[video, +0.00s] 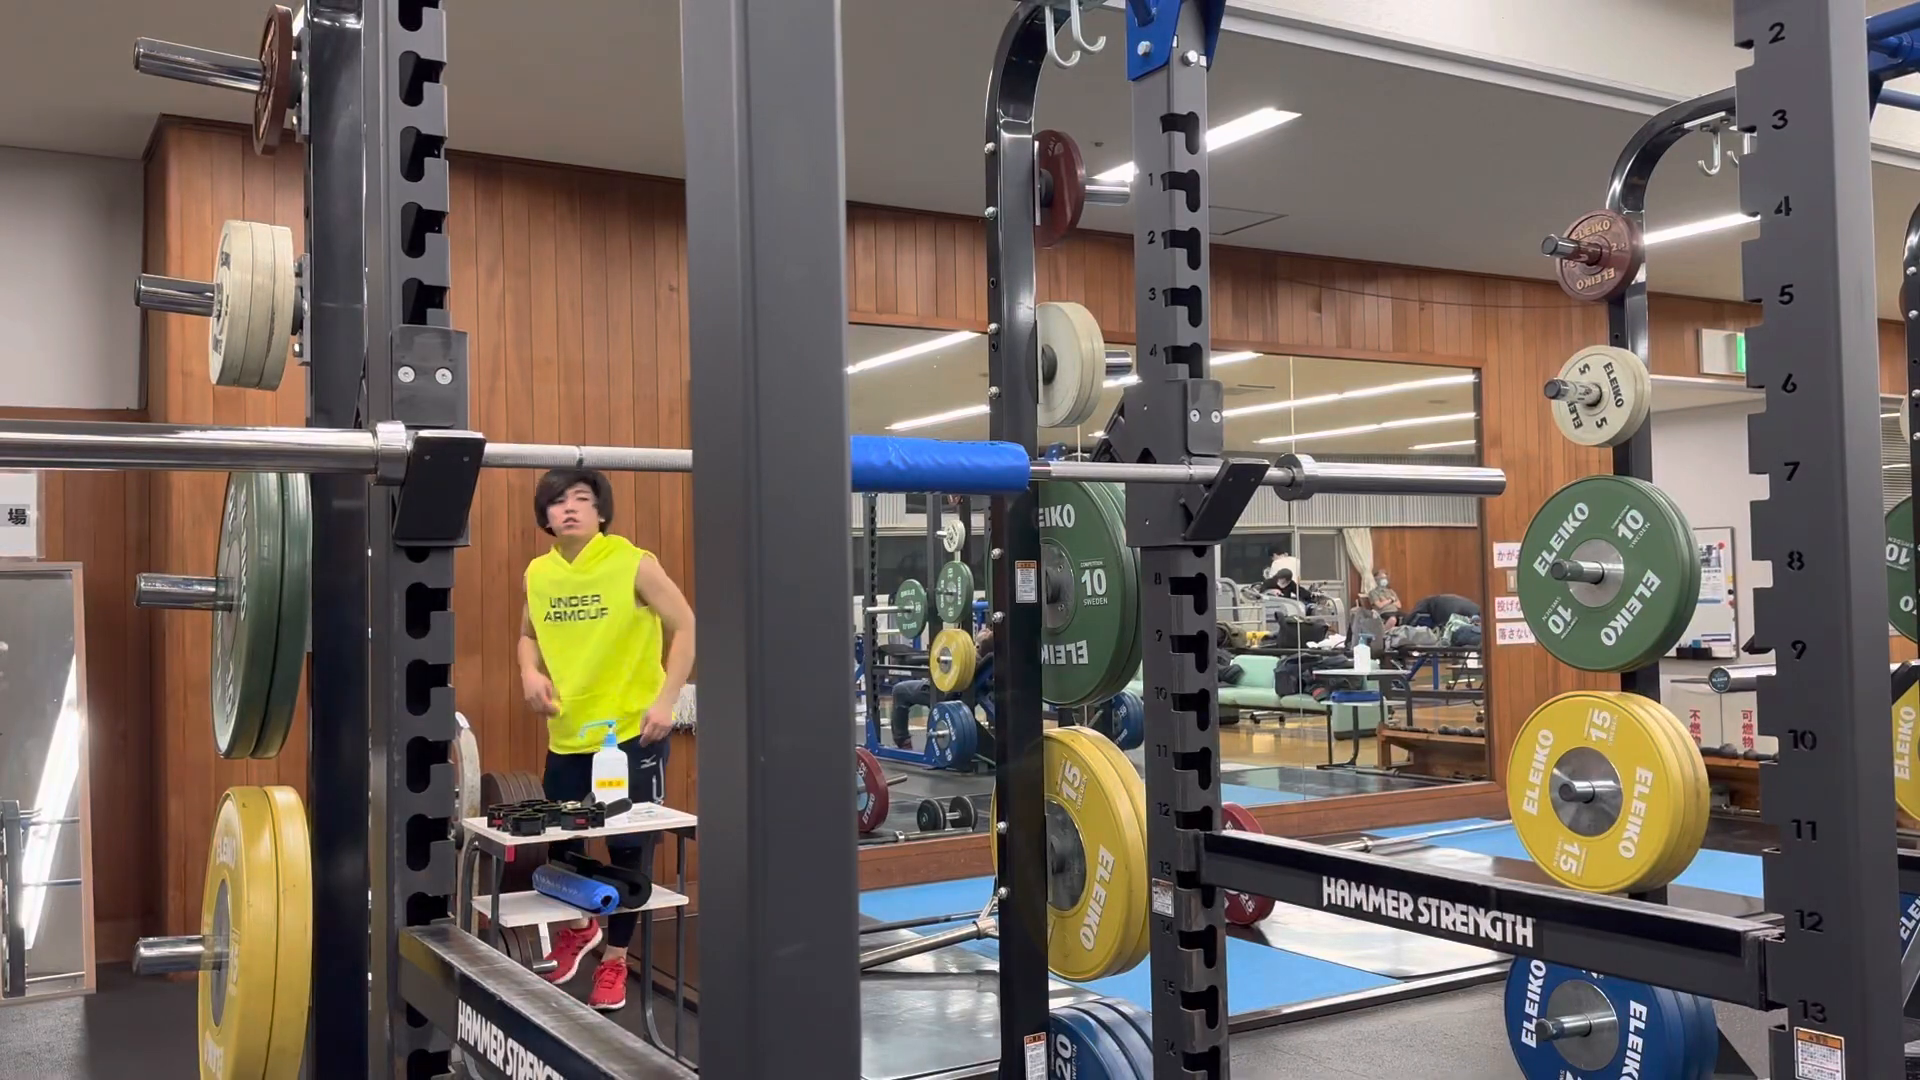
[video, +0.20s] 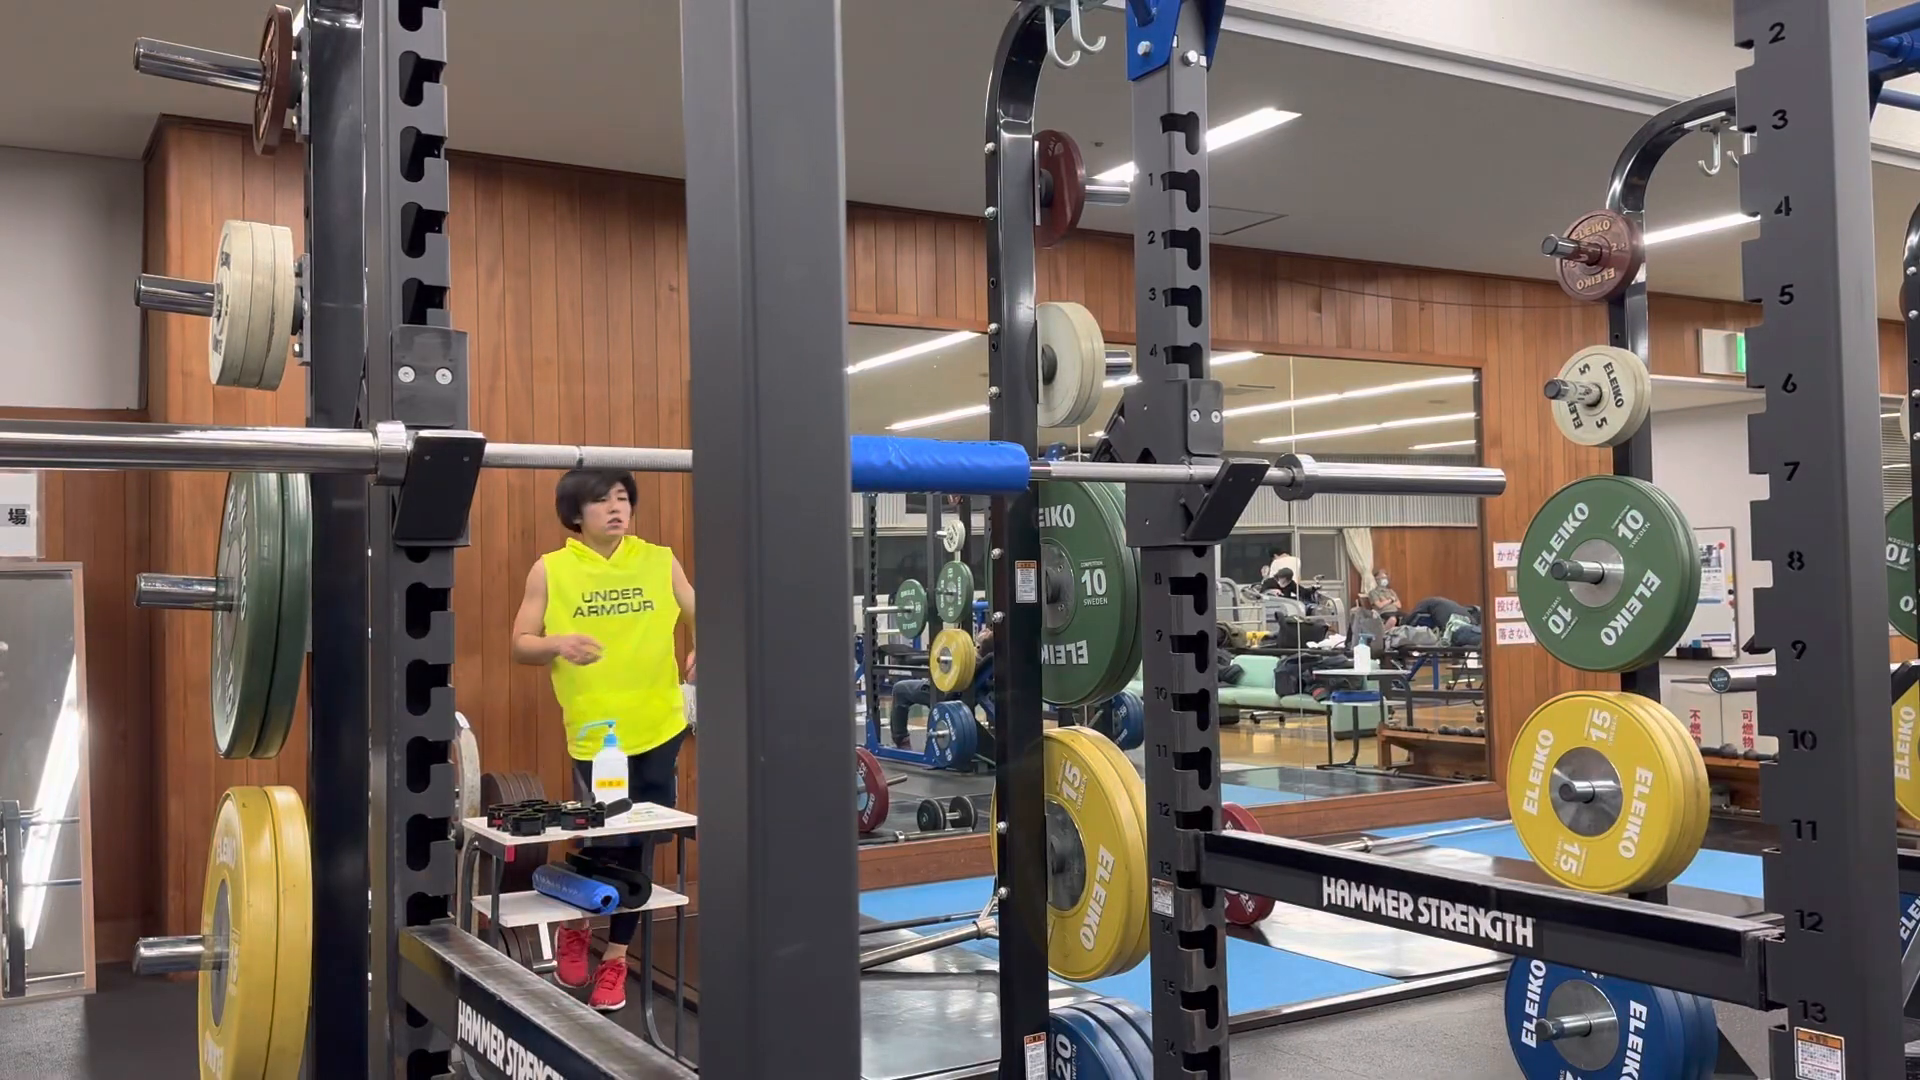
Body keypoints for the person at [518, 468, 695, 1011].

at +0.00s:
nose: (570, 507)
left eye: (581, 498)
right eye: (557, 501)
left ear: (602, 511)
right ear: (545, 516)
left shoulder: (633, 565)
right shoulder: (538, 576)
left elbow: (685, 624)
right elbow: (530, 636)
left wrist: (667, 700)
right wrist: (530, 672)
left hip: (631, 735)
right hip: (568, 736)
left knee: (627, 849)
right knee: (559, 842)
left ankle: (616, 953)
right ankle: (579, 921)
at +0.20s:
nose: (615, 509)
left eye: (622, 500)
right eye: (602, 501)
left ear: (633, 508)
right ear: (575, 512)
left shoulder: (661, 562)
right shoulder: (551, 570)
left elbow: (702, 618)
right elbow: (521, 643)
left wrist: (701, 652)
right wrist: (557, 646)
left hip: (657, 725)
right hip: (592, 730)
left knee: (639, 848)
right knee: (596, 843)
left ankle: (617, 953)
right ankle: (577, 927)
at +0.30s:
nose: (629, 507)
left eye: (634, 498)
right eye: (617, 499)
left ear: (641, 504)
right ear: (585, 509)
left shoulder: (661, 557)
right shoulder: (558, 568)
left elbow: (696, 613)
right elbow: (529, 644)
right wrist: (576, 637)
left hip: (664, 721)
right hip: (601, 727)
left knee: (645, 845)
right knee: (617, 841)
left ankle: (617, 953)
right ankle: (585, 923)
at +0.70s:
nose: (705, 510)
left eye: (702, 500)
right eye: (700, 500)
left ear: (658, 501)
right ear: (682, 502)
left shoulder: (692, 556)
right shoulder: (625, 559)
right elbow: (619, 637)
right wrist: (685, 594)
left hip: (701, 732)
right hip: (658, 738)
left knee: (673, 860)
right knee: (669, 865)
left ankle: (608, 950)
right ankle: (684, 985)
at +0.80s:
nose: (718, 499)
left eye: (711, 488)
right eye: (711, 489)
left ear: (664, 498)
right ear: (698, 498)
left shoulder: (703, 552)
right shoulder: (647, 555)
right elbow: (637, 635)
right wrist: (700, 601)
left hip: (712, 733)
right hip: (672, 737)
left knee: (707, 860)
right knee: (681, 865)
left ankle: (628, 929)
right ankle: (684, 986)